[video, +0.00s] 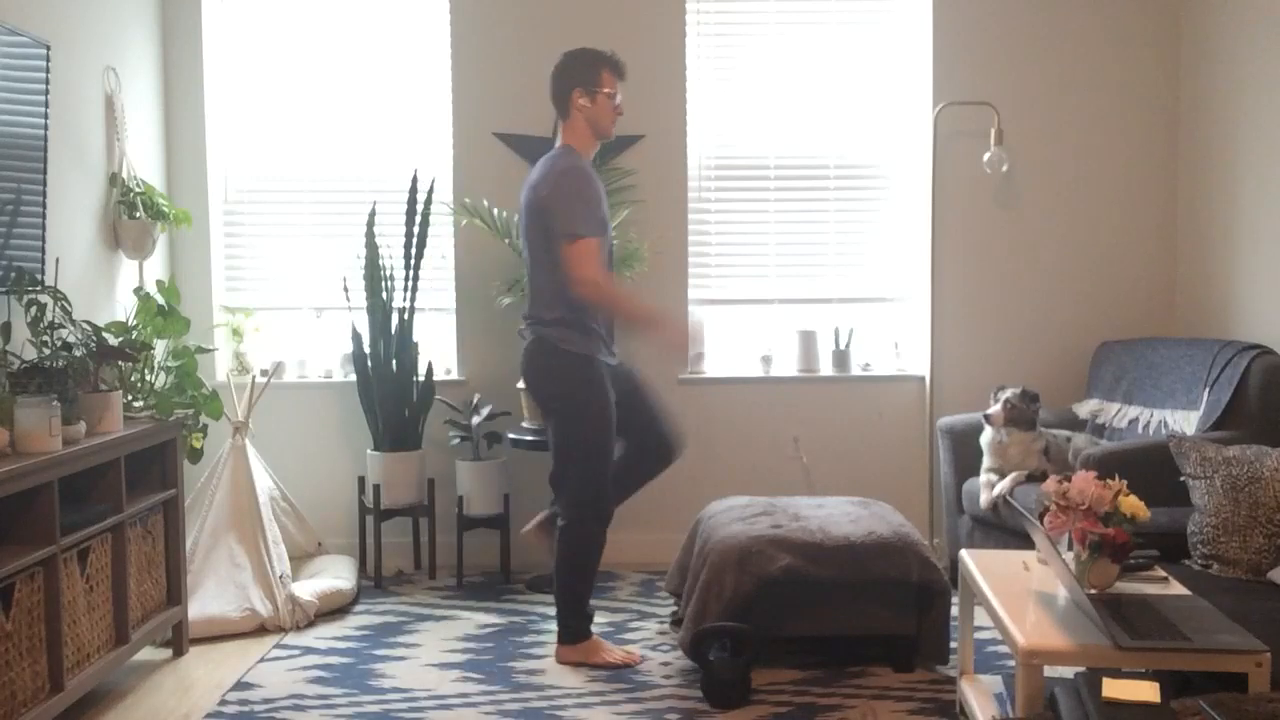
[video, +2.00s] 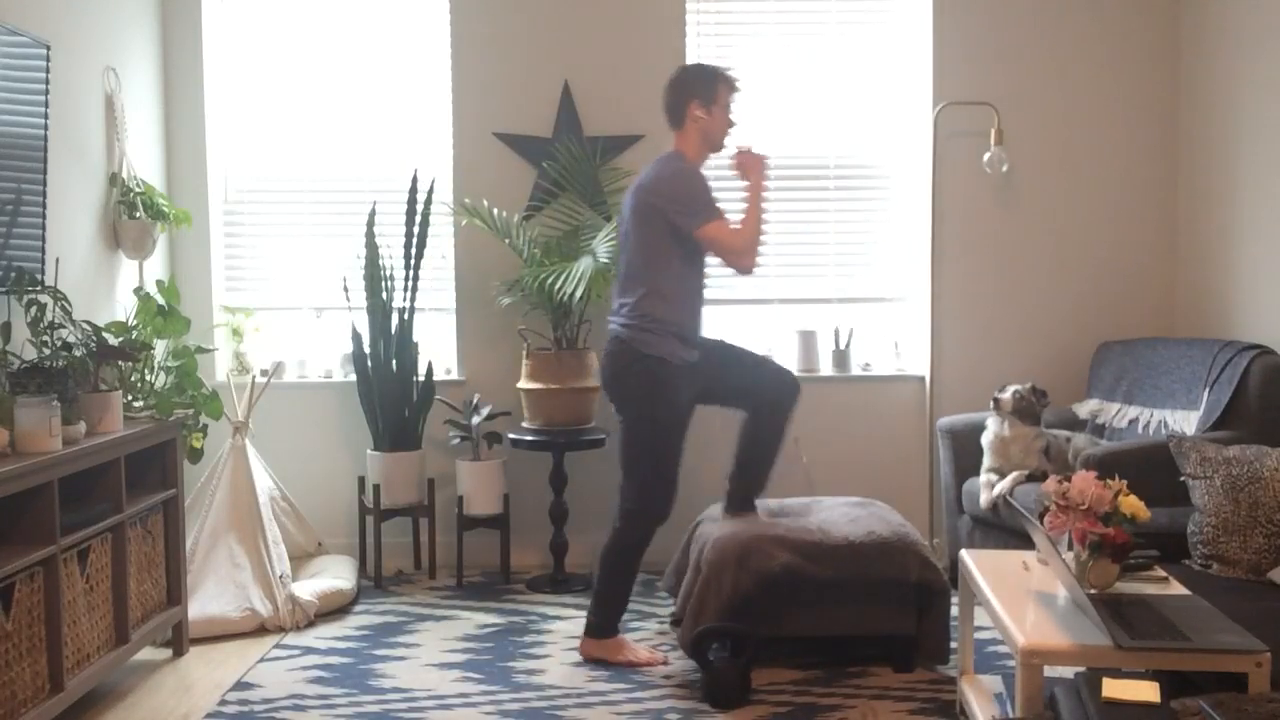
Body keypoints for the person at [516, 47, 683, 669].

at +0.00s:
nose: (619, 108)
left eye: (619, 97)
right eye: (612, 97)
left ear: (580, 102)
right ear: (580, 101)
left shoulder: (563, 170)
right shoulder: (568, 173)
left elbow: (575, 280)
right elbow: (584, 278)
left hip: (583, 352)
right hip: (565, 353)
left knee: (657, 444)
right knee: (586, 493)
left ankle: (561, 524)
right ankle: (574, 639)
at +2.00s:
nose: (731, 122)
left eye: (731, 111)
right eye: (726, 111)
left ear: (690, 114)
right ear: (696, 113)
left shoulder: (674, 178)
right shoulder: (671, 177)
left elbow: (738, 258)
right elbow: (742, 253)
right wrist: (756, 185)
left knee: (778, 387)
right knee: (646, 504)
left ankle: (739, 516)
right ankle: (600, 636)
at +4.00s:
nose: (777, 7)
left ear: (728, 8)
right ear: (741, 3)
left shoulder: (700, 69)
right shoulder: (738, 61)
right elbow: (786, 154)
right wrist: (842, 113)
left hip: (724, 242)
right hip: (726, 250)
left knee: (843, 271)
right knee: (752, 394)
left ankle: (772, 368)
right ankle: (731, 536)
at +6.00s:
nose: (779, 42)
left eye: (776, 31)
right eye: (771, 30)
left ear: (738, 39)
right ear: (742, 36)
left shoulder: (736, 110)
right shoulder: (725, 106)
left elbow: (753, 219)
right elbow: (708, 195)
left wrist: (811, 190)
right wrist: (763, 264)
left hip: (725, 287)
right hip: (706, 287)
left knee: (795, 402)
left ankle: (761, 544)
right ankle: (657, 535)